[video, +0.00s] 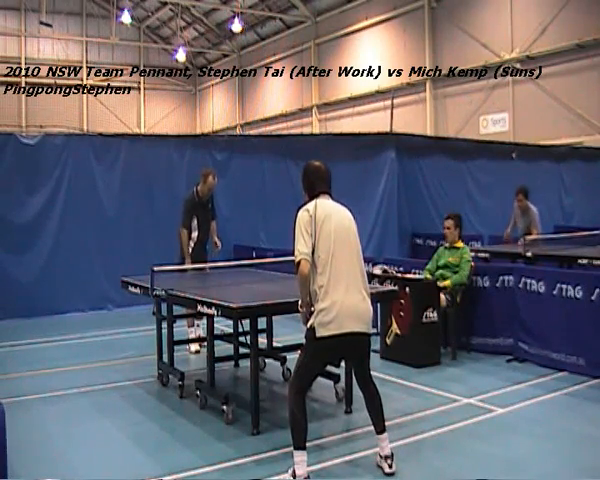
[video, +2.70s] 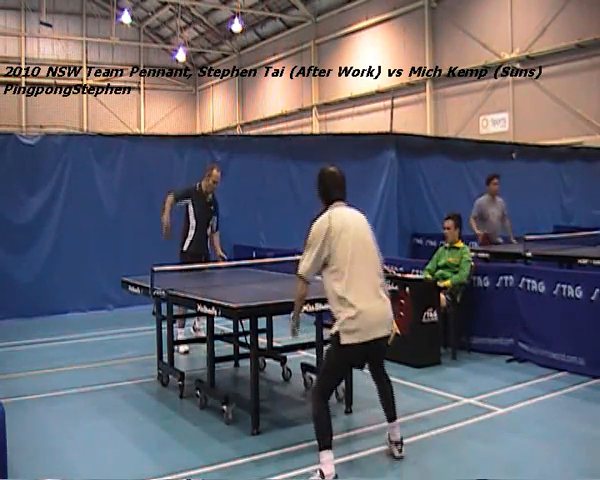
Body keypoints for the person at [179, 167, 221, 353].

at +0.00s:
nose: (211, 190)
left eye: (213, 186)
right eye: (209, 186)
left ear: (213, 185)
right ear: (201, 183)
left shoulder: (210, 197)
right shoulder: (190, 200)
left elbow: (212, 219)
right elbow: (184, 229)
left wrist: (214, 237)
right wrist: (187, 257)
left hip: (203, 247)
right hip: (191, 248)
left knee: (202, 285)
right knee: (189, 290)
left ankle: (198, 327)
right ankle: (191, 330)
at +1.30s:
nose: (216, 187)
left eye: (218, 183)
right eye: (213, 183)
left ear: (221, 183)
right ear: (207, 182)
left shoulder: (219, 200)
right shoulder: (198, 199)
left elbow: (224, 226)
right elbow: (181, 219)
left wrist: (223, 243)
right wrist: (196, 232)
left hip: (209, 250)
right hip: (196, 250)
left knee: (208, 292)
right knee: (199, 293)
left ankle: (201, 333)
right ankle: (200, 332)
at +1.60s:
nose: (215, 188)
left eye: (218, 184)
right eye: (212, 184)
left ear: (220, 184)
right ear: (206, 183)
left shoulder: (219, 200)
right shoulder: (198, 199)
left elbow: (226, 223)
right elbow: (193, 224)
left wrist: (226, 235)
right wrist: (215, 218)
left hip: (209, 252)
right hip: (195, 253)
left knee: (209, 292)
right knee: (199, 294)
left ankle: (198, 325)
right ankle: (200, 332)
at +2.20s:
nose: (220, 191)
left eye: (222, 188)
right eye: (219, 187)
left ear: (219, 188)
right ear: (209, 185)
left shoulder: (208, 200)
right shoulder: (203, 201)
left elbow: (211, 224)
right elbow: (216, 224)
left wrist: (224, 233)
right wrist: (226, 214)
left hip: (202, 252)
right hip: (196, 253)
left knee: (207, 289)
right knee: (203, 294)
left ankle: (199, 322)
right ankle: (202, 334)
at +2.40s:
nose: (222, 190)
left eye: (224, 187)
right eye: (220, 185)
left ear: (223, 187)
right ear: (211, 183)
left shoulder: (217, 202)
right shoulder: (201, 197)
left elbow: (214, 228)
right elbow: (185, 181)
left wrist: (218, 247)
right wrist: (190, 187)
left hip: (204, 249)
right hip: (190, 248)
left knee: (204, 286)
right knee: (193, 288)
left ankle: (199, 325)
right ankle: (192, 328)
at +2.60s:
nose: (217, 183)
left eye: (219, 181)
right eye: (215, 179)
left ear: (221, 182)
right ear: (207, 176)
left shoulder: (216, 198)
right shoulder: (196, 188)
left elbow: (214, 226)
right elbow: (174, 185)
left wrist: (216, 248)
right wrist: (168, 195)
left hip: (204, 248)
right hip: (189, 247)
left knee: (203, 287)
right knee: (185, 288)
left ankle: (198, 324)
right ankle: (180, 329)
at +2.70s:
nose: (214, 186)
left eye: (217, 183)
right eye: (213, 181)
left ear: (218, 183)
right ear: (206, 178)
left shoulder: (213, 201)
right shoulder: (192, 192)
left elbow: (214, 230)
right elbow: (171, 197)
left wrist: (218, 250)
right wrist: (166, 220)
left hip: (204, 253)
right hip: (188, 252)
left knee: (204, 291)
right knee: (183, 293)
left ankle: (198, 325)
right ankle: (179, 332)